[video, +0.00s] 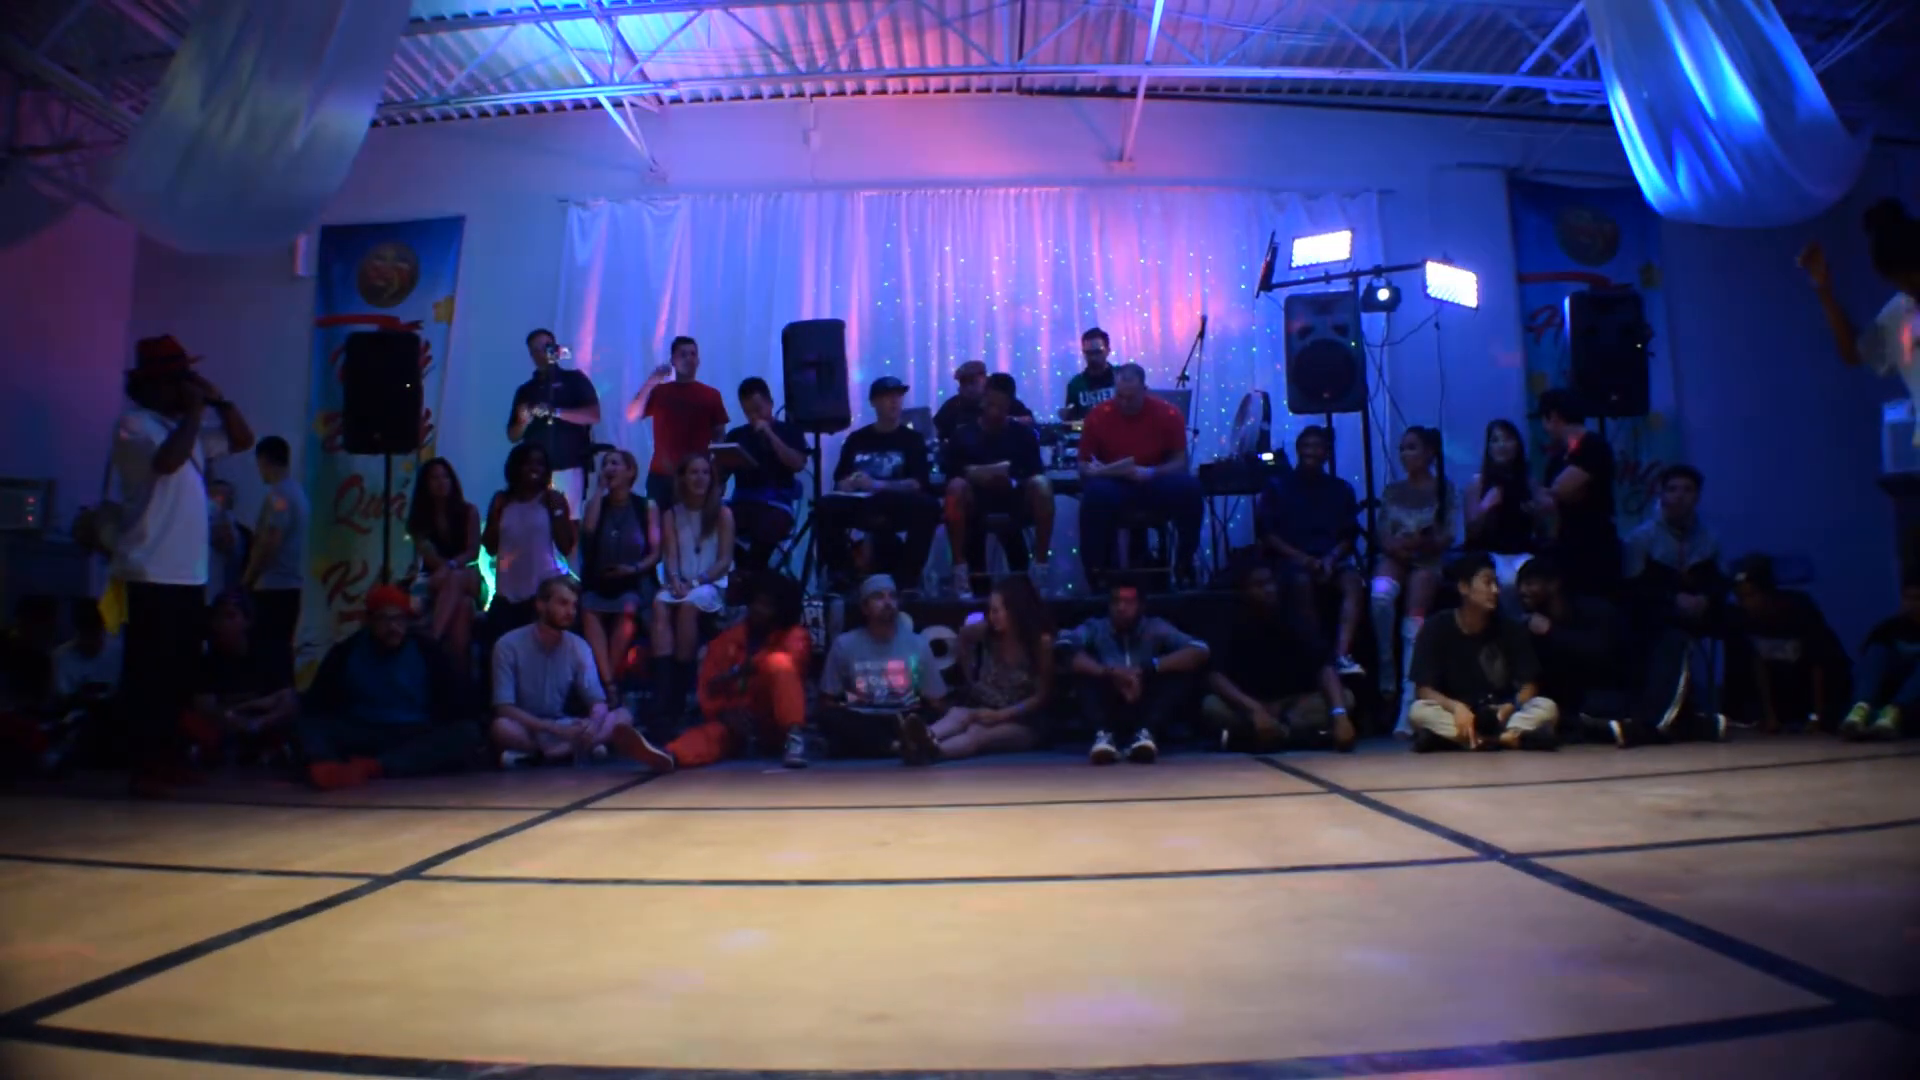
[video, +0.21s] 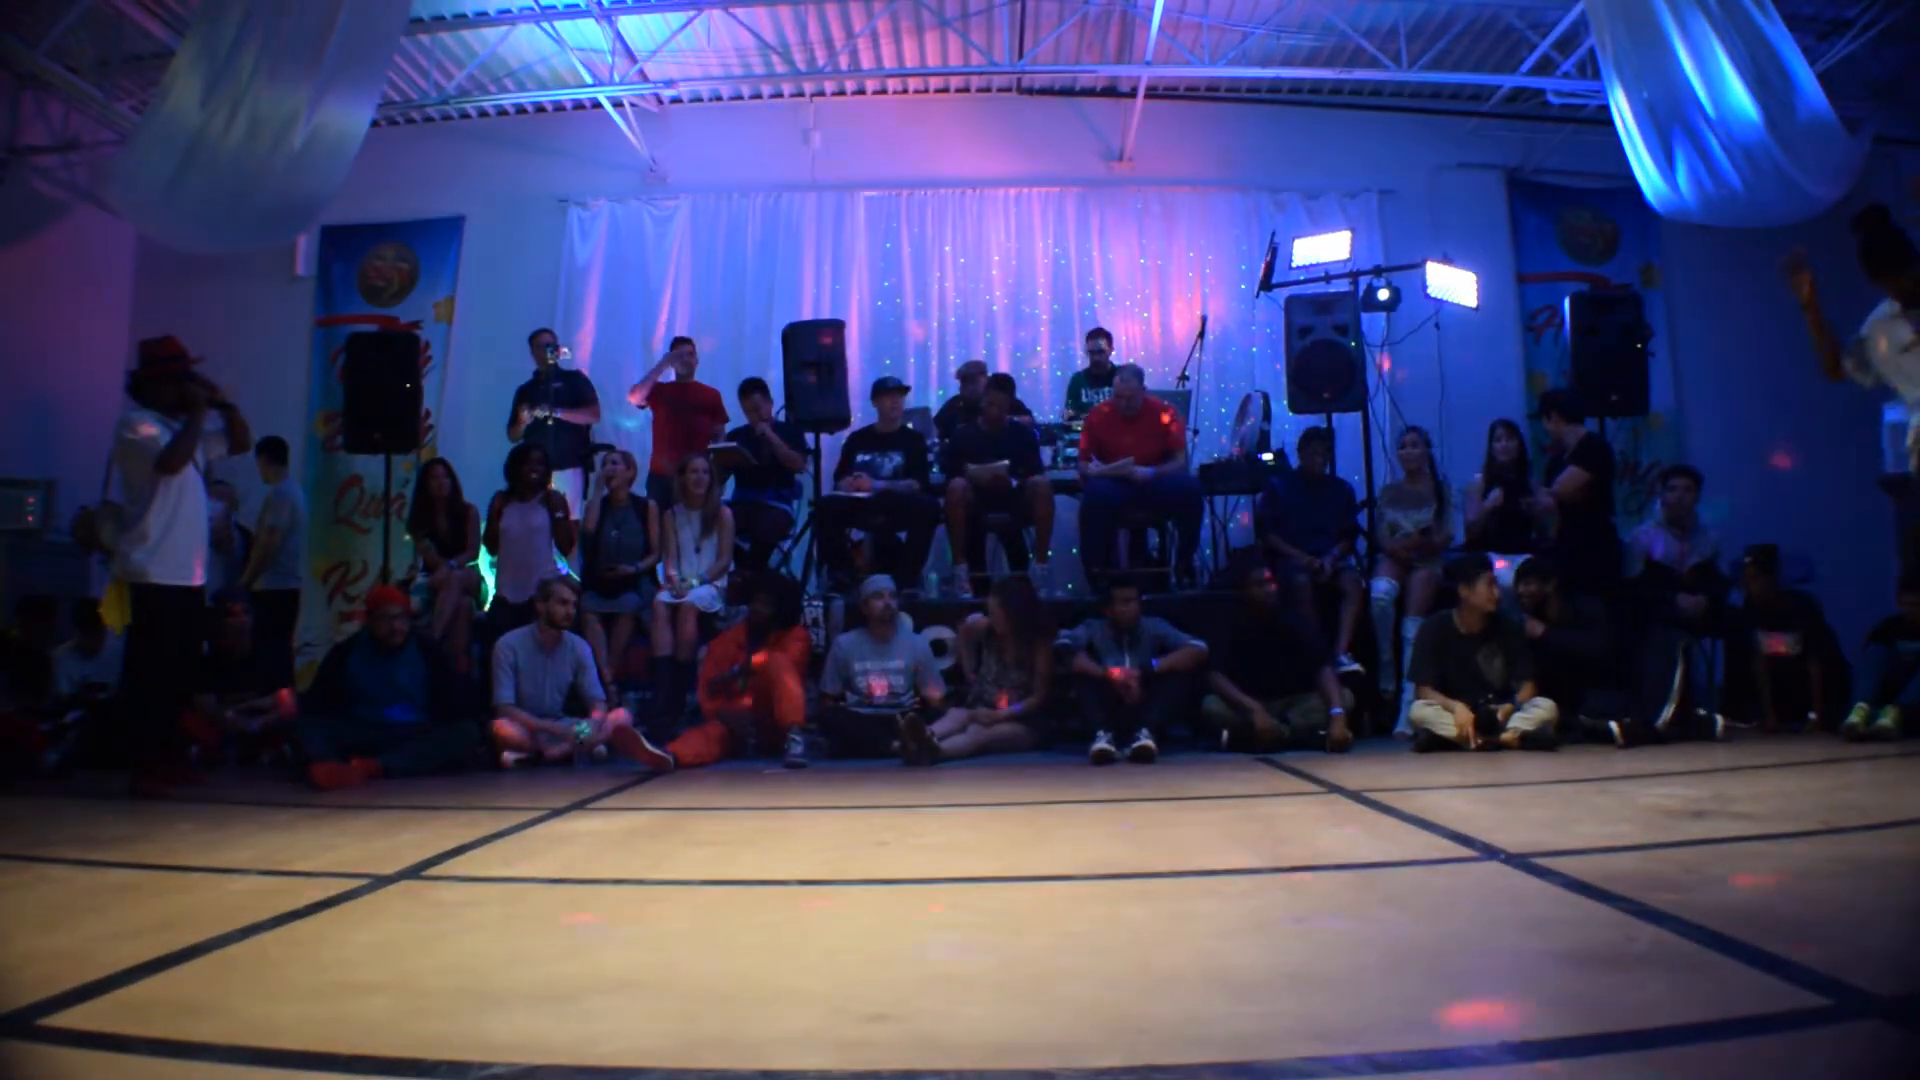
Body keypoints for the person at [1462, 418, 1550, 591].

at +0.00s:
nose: (1502, 446)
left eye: (1508, 439)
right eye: (1495, 441)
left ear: (1518, 445)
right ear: (1488, 447)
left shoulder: (1528, 482)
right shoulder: (1478, 483)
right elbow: (1472, 525)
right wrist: (1484, 508)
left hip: (1523, 552)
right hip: (1491, 552)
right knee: (1504, 579)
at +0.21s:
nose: (1504, 446)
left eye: (1510, 440)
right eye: (1498, 441)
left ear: (1519, 444)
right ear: (1490, 446)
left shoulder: (1530, 481)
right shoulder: (1479, 482)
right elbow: (1472, 524)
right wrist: (1488, 506)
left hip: (1523, 552)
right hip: (1488, 553)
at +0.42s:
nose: (1503, 445)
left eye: (1510, 439)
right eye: (1498, 440)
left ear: (1520, 444)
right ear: (1492, 444)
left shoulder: (1531, 481)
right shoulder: (1481, 481)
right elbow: (1472, 523)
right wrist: (1489, 505)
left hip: (1524, 551)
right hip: (1491, 551)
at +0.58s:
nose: (1503, 445)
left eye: (1509, 439)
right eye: (1498, 439)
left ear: (1520, 444)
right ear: (1492, 444)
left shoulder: (1532, 478)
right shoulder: (1481, 480)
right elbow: (1471, 526)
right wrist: (1488, 506)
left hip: (1524, 552)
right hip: (1489, 551)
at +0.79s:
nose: (1503, 445)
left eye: (1509, 439)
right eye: (1497, 439)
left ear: (1521, 444)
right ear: (1492, 444)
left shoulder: (1530, 479)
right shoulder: (1481, 480)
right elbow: (1472, 524)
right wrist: (1488, 506)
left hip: (1524, 551)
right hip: (1490, 551)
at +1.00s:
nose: (1504, 444)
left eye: (1511, 438)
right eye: (1498, 438)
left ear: (1521, 444)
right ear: (1492, 444)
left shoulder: (1530, 479)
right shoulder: (1481, 480)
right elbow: (1471, 525)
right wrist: (1488, 506)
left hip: (1524, 550)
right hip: (1490, 549)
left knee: (1529, 569)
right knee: (1491, 570)